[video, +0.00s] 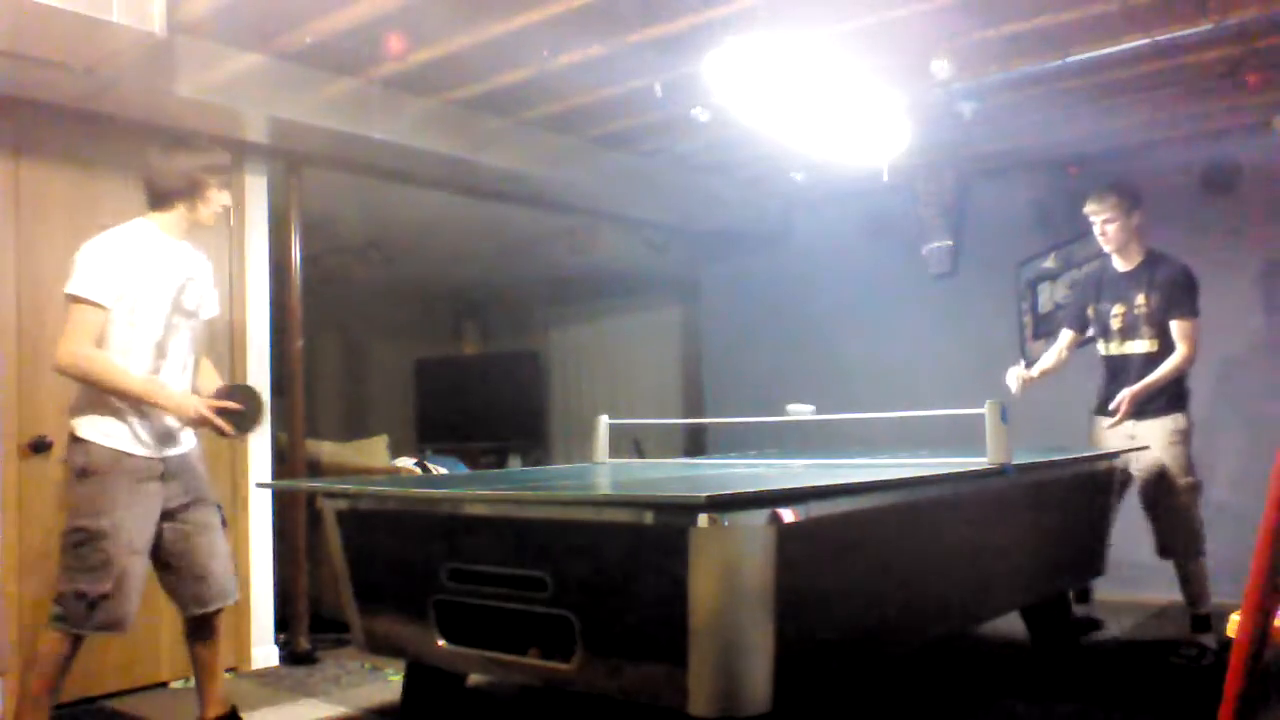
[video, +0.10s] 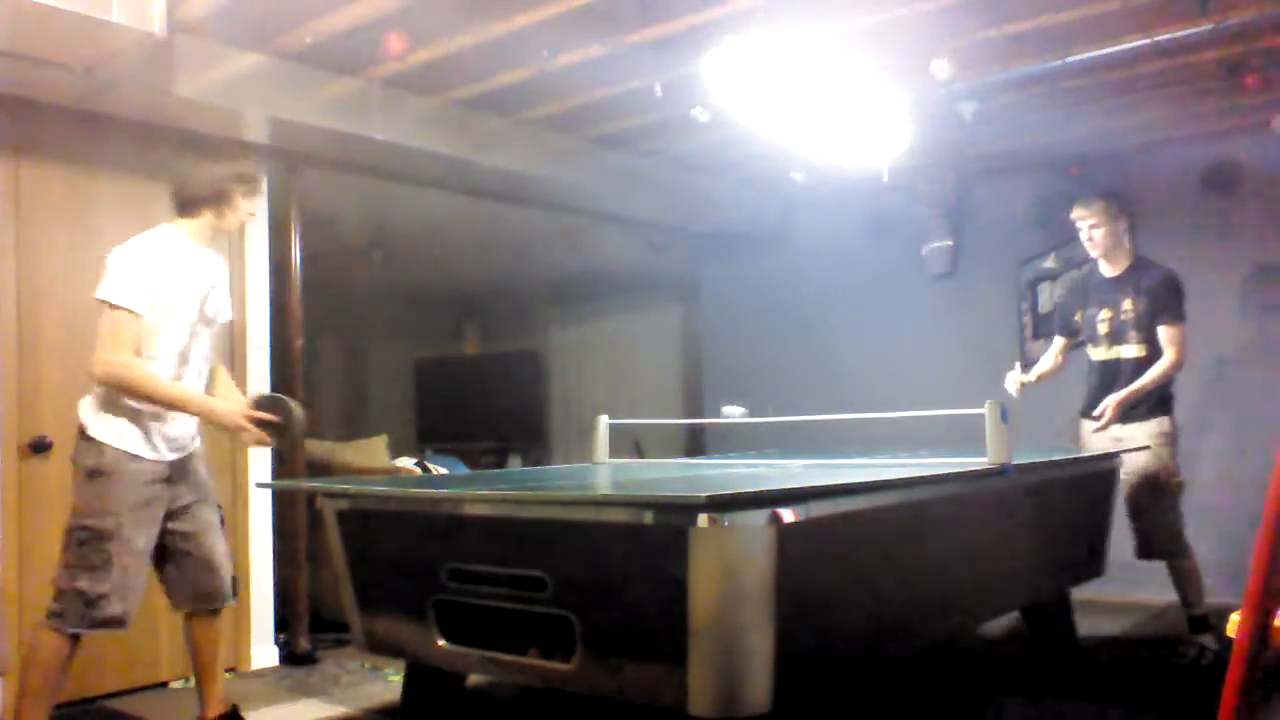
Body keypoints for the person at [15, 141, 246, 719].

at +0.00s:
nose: (228, 199)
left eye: (227, 186)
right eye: (220, 186)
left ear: (196, 190)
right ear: (186, 188)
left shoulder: (198, 268)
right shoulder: (110, 251)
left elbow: (191, 356)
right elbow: (72, 353)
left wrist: (221, 398)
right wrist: (171, 399)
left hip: (177, 448)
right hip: (110, 448)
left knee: (209, 591)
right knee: (85, 598)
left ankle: (215, 712)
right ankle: (30, 713)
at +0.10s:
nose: (258, 210)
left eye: (258, 197)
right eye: (253, 195)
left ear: (219, 196)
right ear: (223, 196)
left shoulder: (214, 271)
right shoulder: (141, 258)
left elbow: (209, 364)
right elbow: (110, 363)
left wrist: (241, 408)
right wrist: (212, 410)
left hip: (181, 448)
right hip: (119, 448)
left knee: (207, 585)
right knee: (80, 599)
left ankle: (214, 711)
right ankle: (26, 716)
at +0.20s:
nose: (284, 224)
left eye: (283, 210)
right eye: (277, 210)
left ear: (244, 209)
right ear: (250, 209)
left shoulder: (229, 276)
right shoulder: (187, 265)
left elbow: (211, 373)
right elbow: (164, 379)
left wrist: (257, 431)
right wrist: (257, 418)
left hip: (184, 450)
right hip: (127, 448)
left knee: (212, 591)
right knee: (81, 602)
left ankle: (215, 712)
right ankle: (29, 714)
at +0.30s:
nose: (311, 242)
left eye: (312, 230)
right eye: (305, 228)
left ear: (266, 228)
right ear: (276, 227)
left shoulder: (248, 281)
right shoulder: (228, 276)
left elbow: (228, 386)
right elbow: (224, 394)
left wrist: (261, 451)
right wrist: (315, 428)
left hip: (190, 451)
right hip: (135, 443)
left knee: (220, 586)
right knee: (87, 596)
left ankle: (217, 711)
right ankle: (27, 713)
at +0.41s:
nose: (334, 255)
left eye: (335, 245)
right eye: (330, 243)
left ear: (284, 239)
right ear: (301, 242)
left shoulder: (249, 284)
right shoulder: (267, 292)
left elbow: (208, 386)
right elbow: (292, 408)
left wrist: (249, 456)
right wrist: (386, 435)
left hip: (193, 455)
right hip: (142, 446)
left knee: (222, 586)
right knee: (84, 597)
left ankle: (218, 710)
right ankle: (27, 711)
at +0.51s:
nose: (345, 263)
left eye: (347, 252)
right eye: (341, 250)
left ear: (295, 242)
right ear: (314, 244)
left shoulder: (256, 284)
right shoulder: (292, 295)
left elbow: (206, 372)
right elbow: (352, 391)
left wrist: (231, 449)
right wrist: (448, 409)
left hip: (195, 454)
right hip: (149, 442)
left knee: (221, 582)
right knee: (86, 587)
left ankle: (219, 708)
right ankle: (8, 699)